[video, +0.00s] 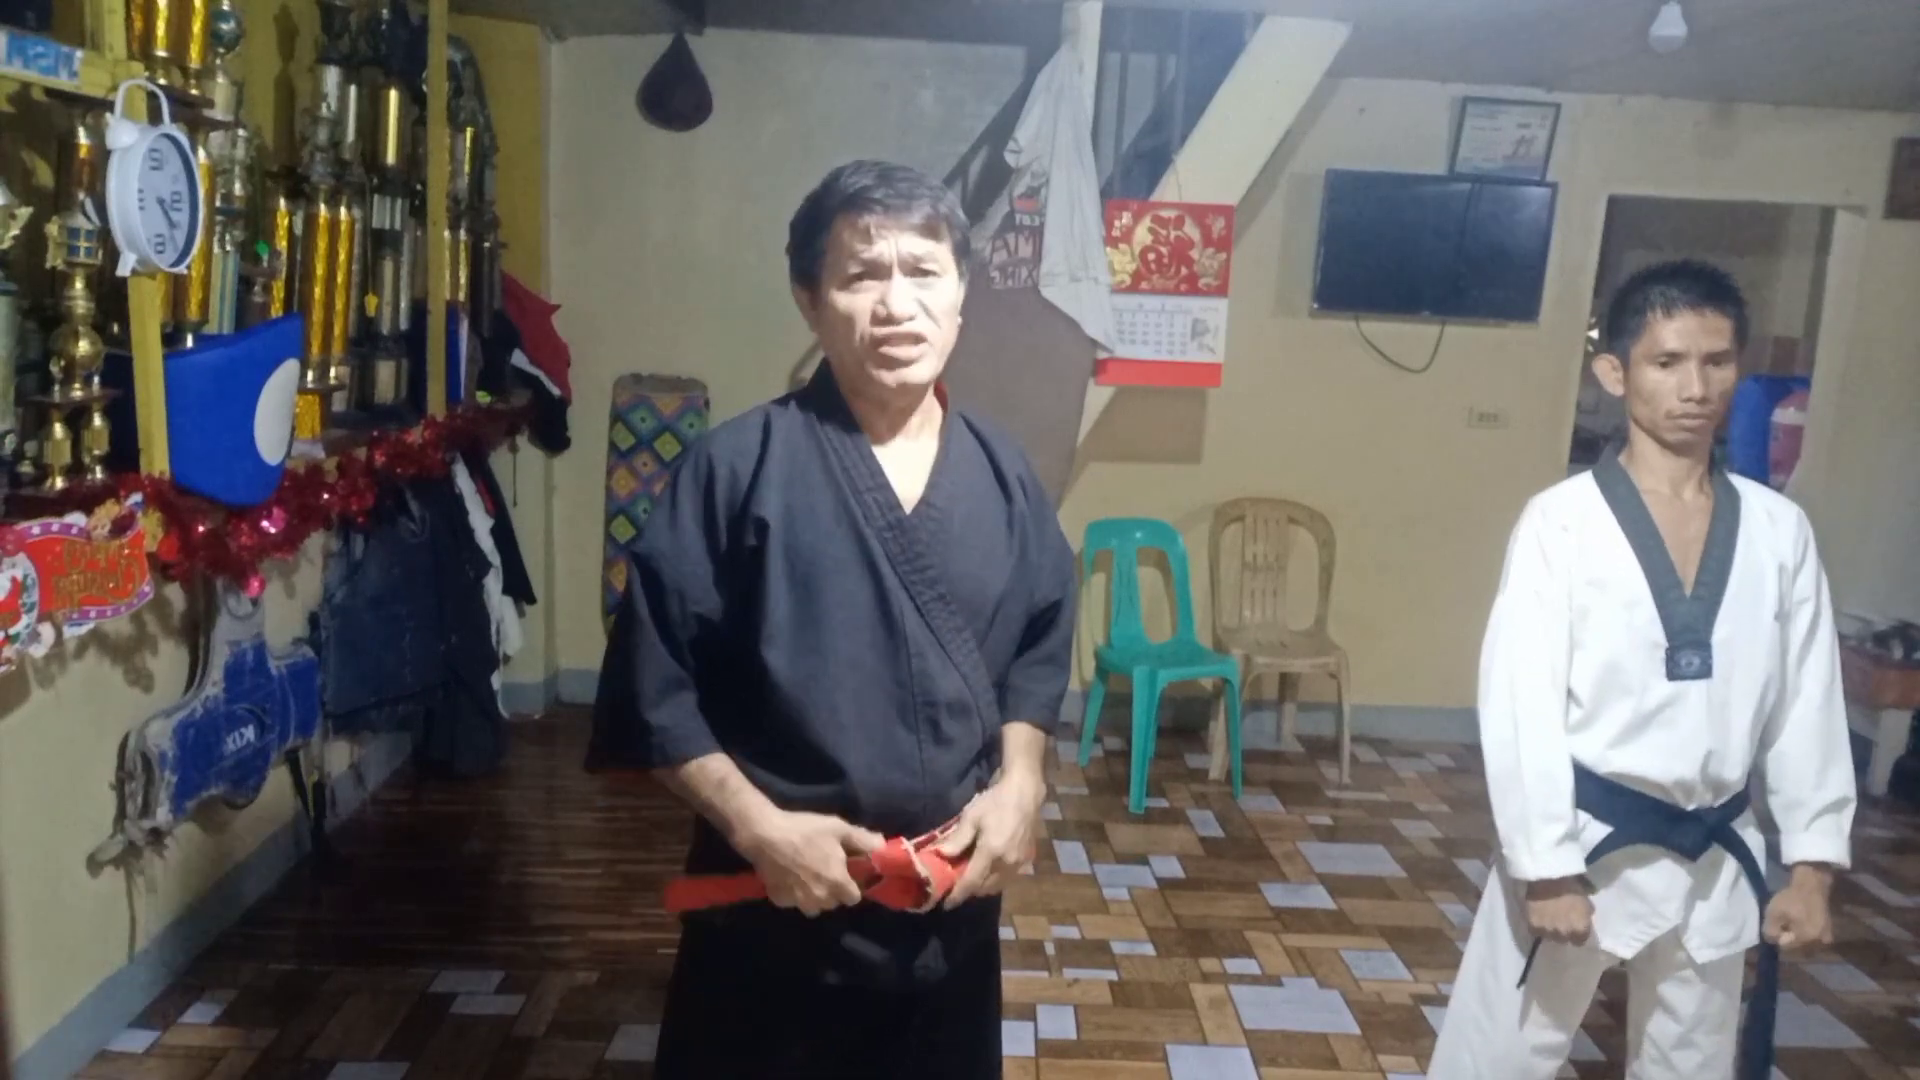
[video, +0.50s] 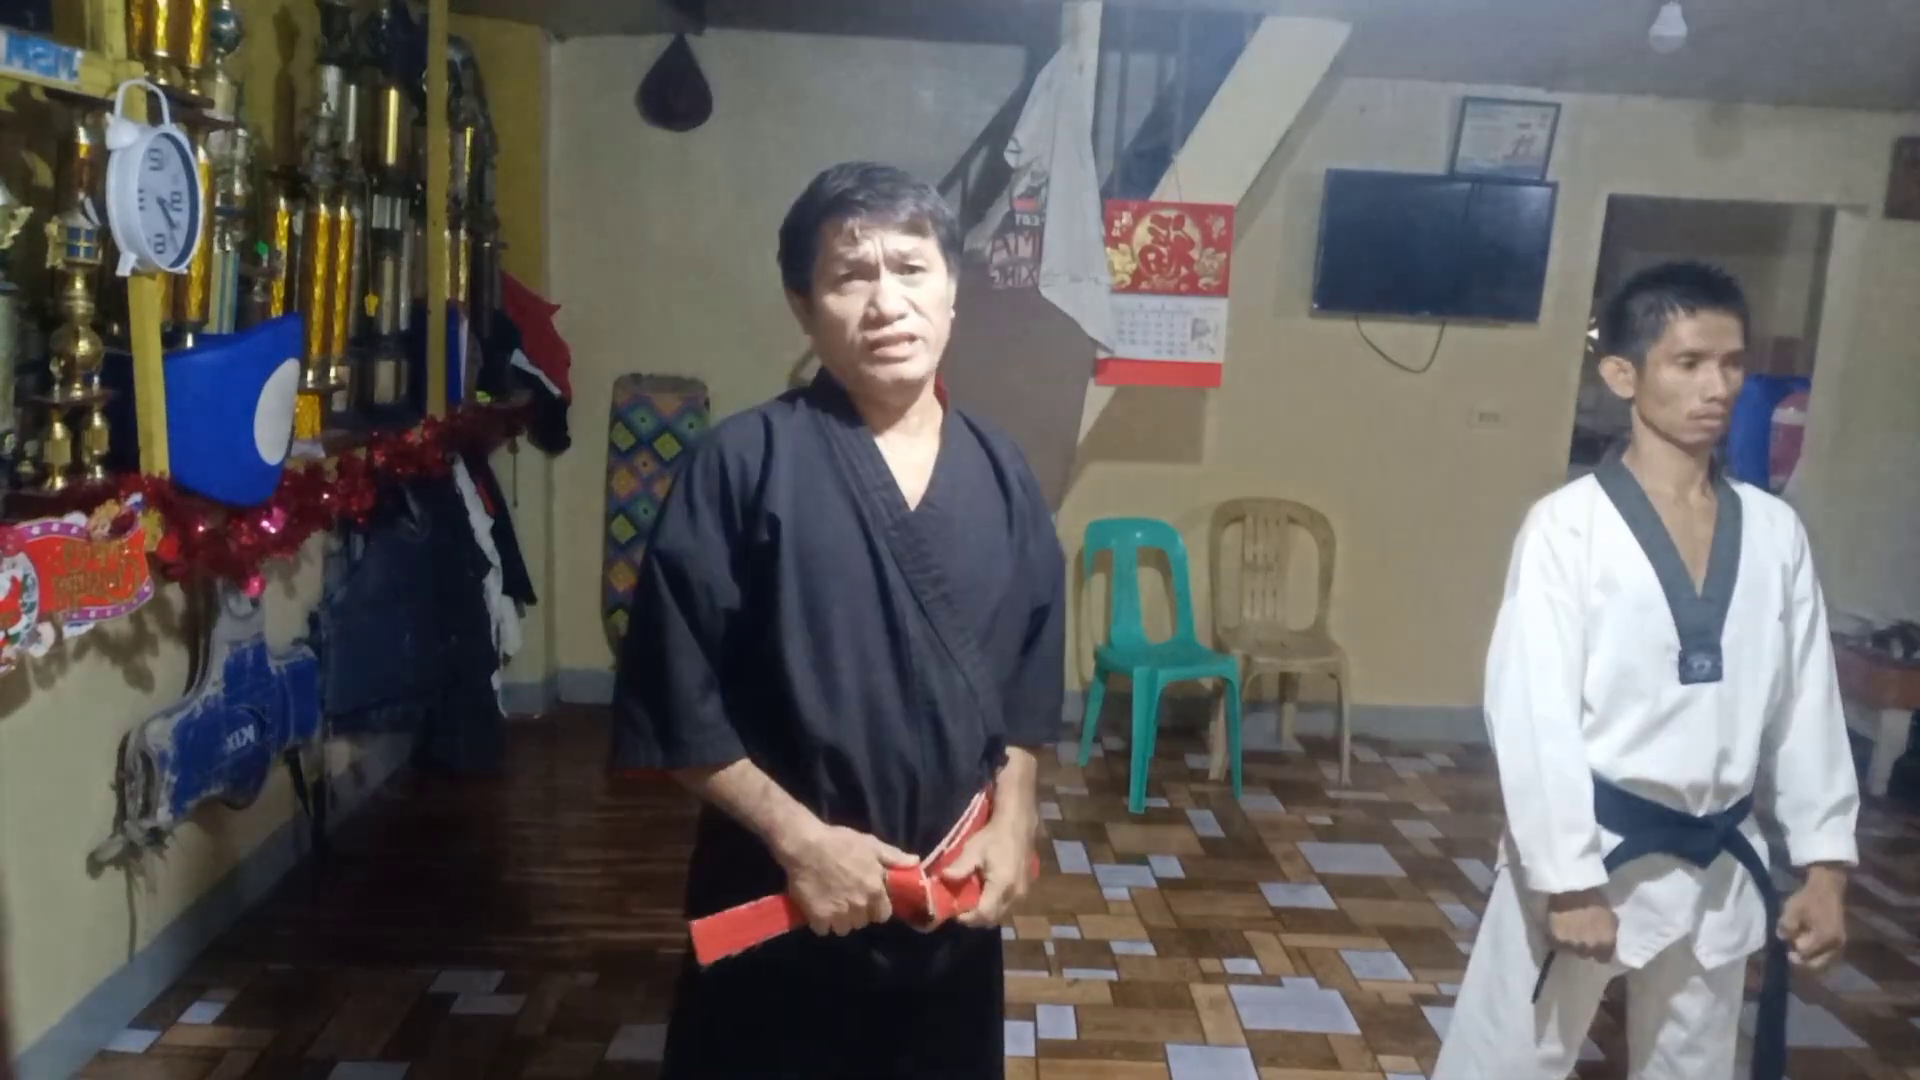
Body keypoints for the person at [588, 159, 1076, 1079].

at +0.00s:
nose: (899, 303)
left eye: (924, 273)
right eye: (864, 276)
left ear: (962, 293)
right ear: (811, 303)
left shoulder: (1004, 474)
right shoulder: (732, 469)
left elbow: (1039, 644)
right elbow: (648, 682)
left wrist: (1020, 785)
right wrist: (759, 826)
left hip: (951, 926)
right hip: (771, 926)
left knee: (951, 1071)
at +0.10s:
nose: (892, 308)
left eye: (917, 277)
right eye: (859, 281)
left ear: (958, 294)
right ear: (807, 303)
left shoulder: (997, 472)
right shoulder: (732, 469)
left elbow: (1032, 640)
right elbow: (644, 688)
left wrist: (1015, 777)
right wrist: (762, 827)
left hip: (949, 918)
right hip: (770, 921)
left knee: (947, 1070)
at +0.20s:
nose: (889, 308)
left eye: (917, 277)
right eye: (856, 280)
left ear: (957, 294)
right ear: (806, 302)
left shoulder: (997, 471)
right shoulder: (730, 468)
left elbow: (1032, 642)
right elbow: (646, 690)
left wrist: (1013, 783)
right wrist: (768, 830)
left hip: (947, 920)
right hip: (768, 923)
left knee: (945, 1070)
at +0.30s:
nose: (887, 308)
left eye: (913, 276)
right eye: (853, 280)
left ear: (954, 292)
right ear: (803, 304)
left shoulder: (998, 471)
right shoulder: (732, 464)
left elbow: (1031, 647)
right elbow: (653, 687)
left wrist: (1010, 799)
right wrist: (781, 831)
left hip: (949, 928)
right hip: (768, 927)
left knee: (947, 1070)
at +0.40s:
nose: (884, 304)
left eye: (910, 273)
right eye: (851, 277)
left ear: (952, 292)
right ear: (803, 306)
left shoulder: (1000, 471)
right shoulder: (736, 461)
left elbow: (1033, 652)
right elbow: (659, 687)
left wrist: (1012, 802)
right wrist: (793, 836)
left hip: (951, 927)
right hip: (770, 925)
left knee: (947, 1071)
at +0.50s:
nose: (887, 302)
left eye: (912, 271)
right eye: (853, 277)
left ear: (953, 291)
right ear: (805, 309)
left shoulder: (1000, 470)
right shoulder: (740, 464)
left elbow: (1032, 658)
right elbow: (668, 693)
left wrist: (1014, 814)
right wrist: (802, 840)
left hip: (953, 931)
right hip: (776, 931)